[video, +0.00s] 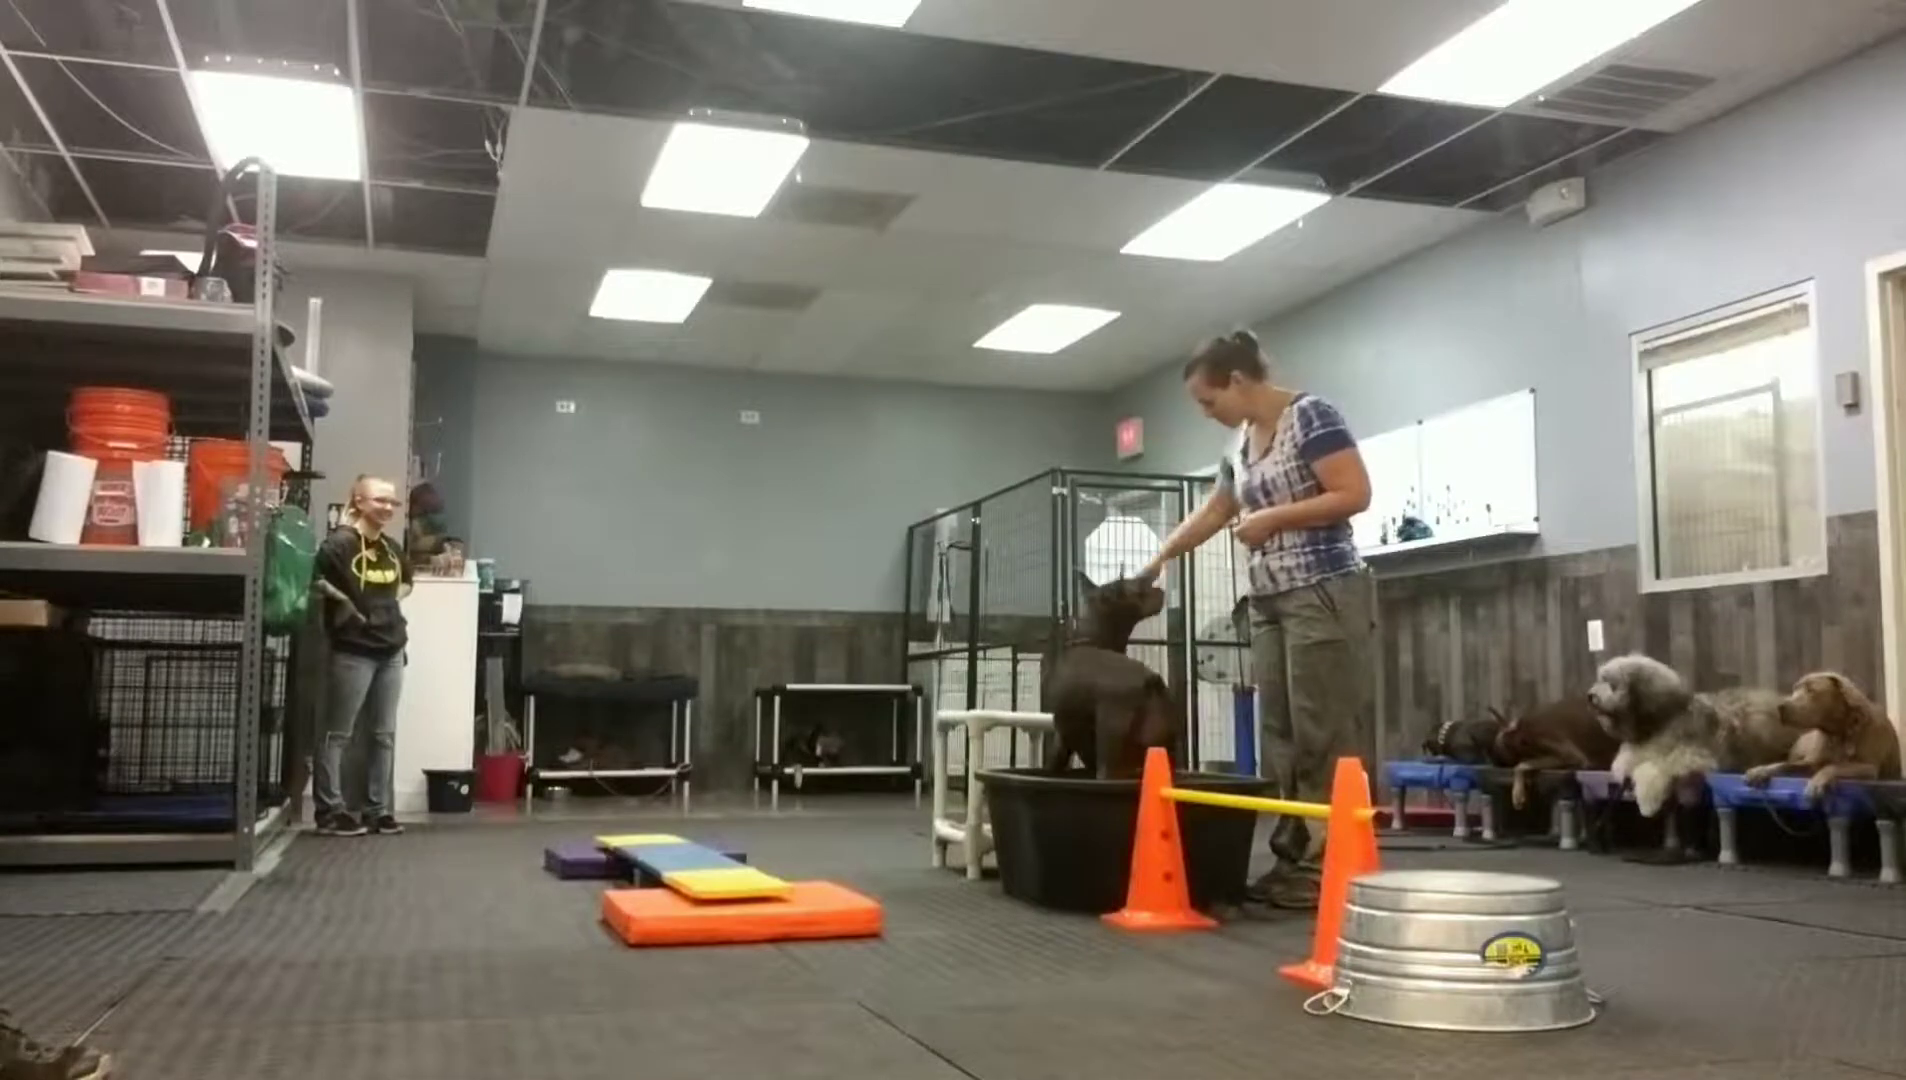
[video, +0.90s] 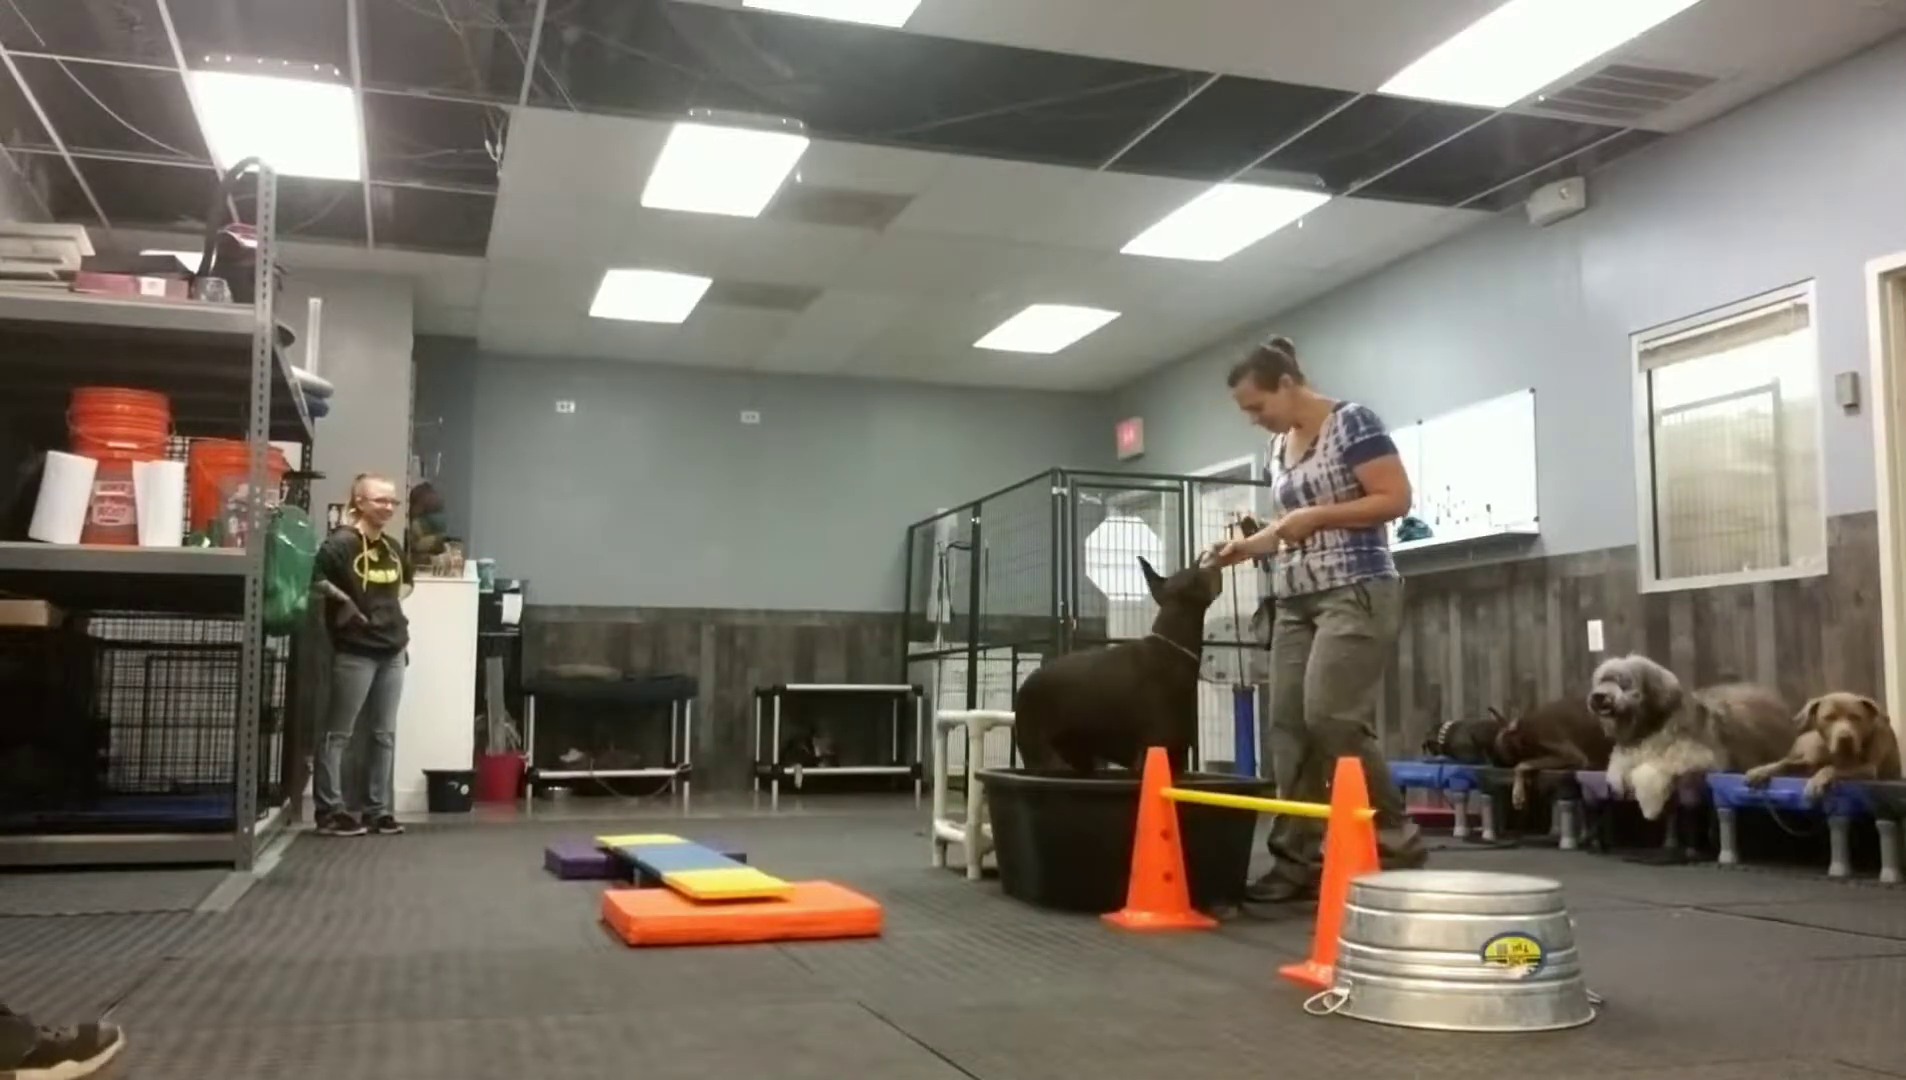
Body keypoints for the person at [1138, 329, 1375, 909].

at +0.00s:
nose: (1209, 414)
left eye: (1209, 402)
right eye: (1203, 406)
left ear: (1238, 381)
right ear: (1233, 387)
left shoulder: (1310, 415)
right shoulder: (1245, 449)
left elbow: (1354, 494)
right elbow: (1215, 511)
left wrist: (1274, 519)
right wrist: (1162, 557)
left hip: (1324, 594)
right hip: (1272, 601)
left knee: (1323, 730)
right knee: (1281, 731)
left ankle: (1325, 869)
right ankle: (1293, 862)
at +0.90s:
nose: (1254, 419)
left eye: (1257, 406)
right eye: (1248, 411)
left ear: (1288, 385)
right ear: (1273, 394)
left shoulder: (1351, 421)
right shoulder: (1279, 452)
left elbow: (1395, 498)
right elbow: (1294, 527)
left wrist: (1316, 516)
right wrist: (1245, 548)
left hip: (1357, 595)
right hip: (1296, 603)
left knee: (1330, 717)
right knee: (1287, 728)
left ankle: (1396, 839)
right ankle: (1296, 864)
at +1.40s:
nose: (1481, 423)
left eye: (1482, 410)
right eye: (1476, 414)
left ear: (1514, 393)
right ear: (1510, 399)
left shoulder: (1576, 433)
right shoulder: (1522, 460)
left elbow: (1619, 508)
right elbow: (1554, 529)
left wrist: (1536, 533)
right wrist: (1511, 537)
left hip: (1589, 607)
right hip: (1546, 613)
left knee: (1547, 733)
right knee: (1577, 744)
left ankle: (1495, 850)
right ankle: (1641, 866)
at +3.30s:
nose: (1627, 416)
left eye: (1626, 402)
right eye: (1621, 406)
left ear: (1652, 383)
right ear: (1659, 386)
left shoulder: (1706, 428)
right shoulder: (1699, 432)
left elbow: (1723, 511)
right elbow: (1719, 517)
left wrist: (1661, 539)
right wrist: (1664, 540)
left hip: (1726, 608)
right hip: (1716, 607)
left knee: (1734, 741)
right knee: (1733, 739)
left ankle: (1742, 876)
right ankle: (1759, 872)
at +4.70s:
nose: (1329, 491)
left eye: (1324, 485)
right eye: (1329, 485)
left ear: (1293, 485)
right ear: (1327, 485)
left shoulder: (1270, 517)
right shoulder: (1343, 522)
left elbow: (1251, 569)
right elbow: (1365, 577)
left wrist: (1275, 585)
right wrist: (1359, 621)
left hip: (1275, 629)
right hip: (1328, 630)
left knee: (1268, 722)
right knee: (1318, 730)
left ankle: (1247, 812)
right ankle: (1313, 824)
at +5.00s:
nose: (1350, 536)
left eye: (1352, 530)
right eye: (1350, 528)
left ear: (1318, 515)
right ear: (1339, 518)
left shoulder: (1274, 532)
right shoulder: (1336, 547)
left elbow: (1242, 573)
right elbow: (1348, 613)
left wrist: (1273, 592)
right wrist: (1367, 653)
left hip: (1259, 634)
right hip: (1308, 639)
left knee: (1262, 727)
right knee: (1321, 727)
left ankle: (1263, 814)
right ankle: (1333, 811)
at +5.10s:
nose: (1379, 561)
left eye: (1383, 557)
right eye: (1381, 554)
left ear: (1352, 536)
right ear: (1369, 540)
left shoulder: (1305, 540)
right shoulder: (1363, 567)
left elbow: (1268, 570)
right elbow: (1373, 636)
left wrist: (1284, 602)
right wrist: (1392, 681)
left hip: (1269, 629)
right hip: (1315, 639)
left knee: (1268, 720)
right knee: (1310, 720)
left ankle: (1263, 796)